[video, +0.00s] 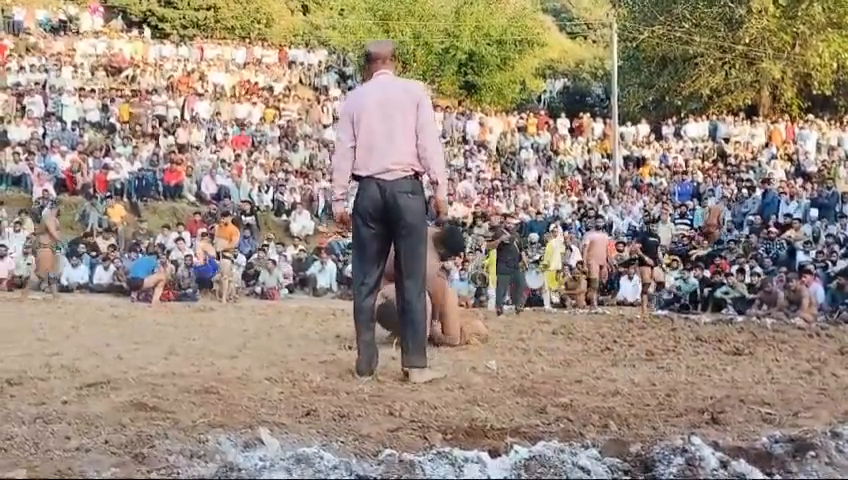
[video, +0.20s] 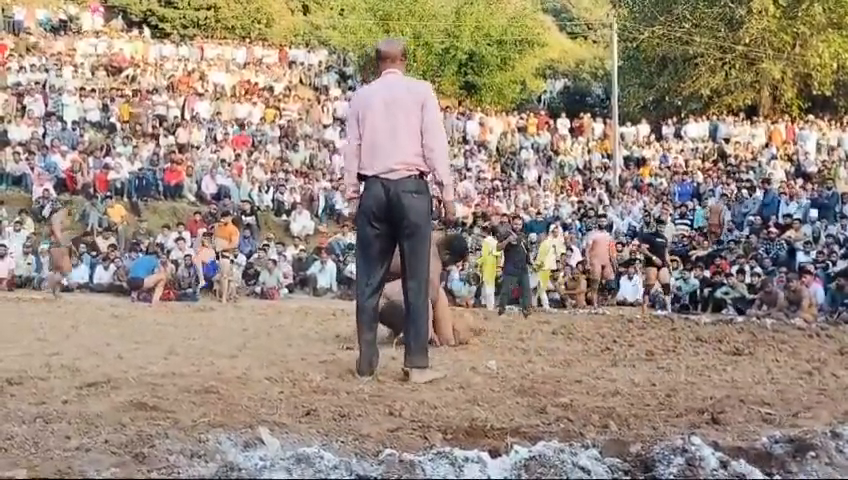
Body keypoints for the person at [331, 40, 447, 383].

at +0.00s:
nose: (380, 66)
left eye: (371, 61)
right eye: (391, 59)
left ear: (367, 64)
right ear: (393, 61)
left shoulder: (352, 99)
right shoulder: (416, 91)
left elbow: (343, 150)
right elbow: (428, 143)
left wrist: (339, 197)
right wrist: (440, 188)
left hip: (367, 192)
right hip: (407, 190)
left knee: (365, 280)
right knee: (413, 279)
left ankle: (365, 364)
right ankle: (415, 365)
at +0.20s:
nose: (396, 64)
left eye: (386, 59)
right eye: (401, 59)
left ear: (377, 63)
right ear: (404, 61)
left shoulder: (360, 96)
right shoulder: (422, 90)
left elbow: (351, 145)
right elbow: (434, 143)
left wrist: (352, 189)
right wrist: (447, 191)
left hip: (372, 191)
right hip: (413, 189)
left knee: (369, 279)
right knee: (417, 279)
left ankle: (366, 363)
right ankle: (417, 364)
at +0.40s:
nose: (404, 64)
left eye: (392, 58)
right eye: (409, 60)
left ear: (383, 61)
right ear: (411, 61)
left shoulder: (363, 95)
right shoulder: (426, 91)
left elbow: (355, 145)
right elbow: (437, 145)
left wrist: (357, 186)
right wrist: (448, 194)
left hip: (375, 190)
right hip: (415, 188)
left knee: (369, 278)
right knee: (419, 277)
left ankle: (366, 363)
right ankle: (419, 364)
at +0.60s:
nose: (405, 65)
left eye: (393, 58)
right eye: (412, 60)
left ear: (386, 60)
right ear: (416, 60)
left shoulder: (365, 94)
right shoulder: (428, 91)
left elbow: (356, 146)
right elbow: (437, 146)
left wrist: (356, 189)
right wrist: (447, 195)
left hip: (374, 190)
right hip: (415, 189)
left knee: (368, 279)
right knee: (419, 278)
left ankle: (366, 365)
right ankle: (418, 364)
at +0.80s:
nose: (408, 65)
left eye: (396, 60)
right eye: (412, 60)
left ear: (386, 61)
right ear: (415, 61)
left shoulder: (364, 94)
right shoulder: (427, 92)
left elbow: (354, 146)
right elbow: (436, 148)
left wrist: (351, 190)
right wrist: (445, 199)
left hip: (373, 191)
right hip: (414, 190)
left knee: (368, 279)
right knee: (419, 277)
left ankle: (364, 365)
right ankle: (417, 365)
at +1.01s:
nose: (408, 67)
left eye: (392, 61)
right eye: (412, 62)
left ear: (384, 62)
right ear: (414, 63)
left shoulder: (362, 95)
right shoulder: (425, 94)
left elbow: (352, 147)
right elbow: (434, 150)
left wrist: (349, 192)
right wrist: (442, 199)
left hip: (371, 191)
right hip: (412, 191)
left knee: (366, 280)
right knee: (415, 278)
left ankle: (362, 365)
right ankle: (414, 365)